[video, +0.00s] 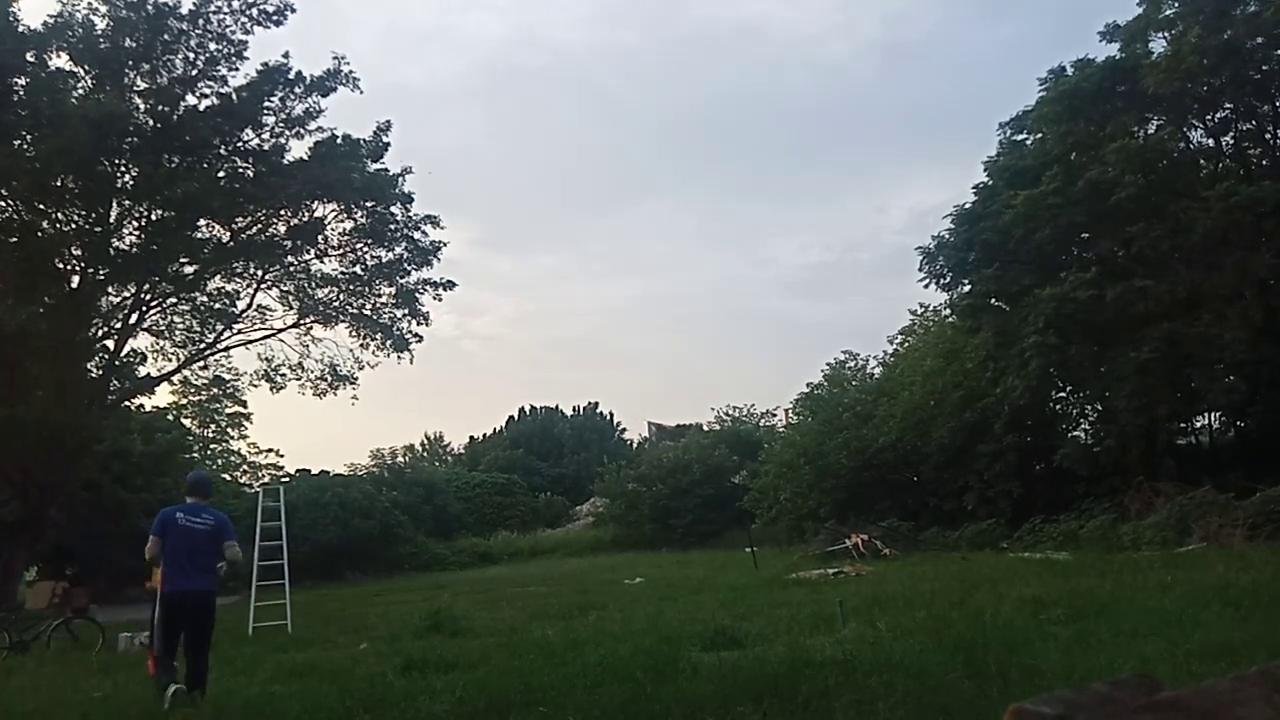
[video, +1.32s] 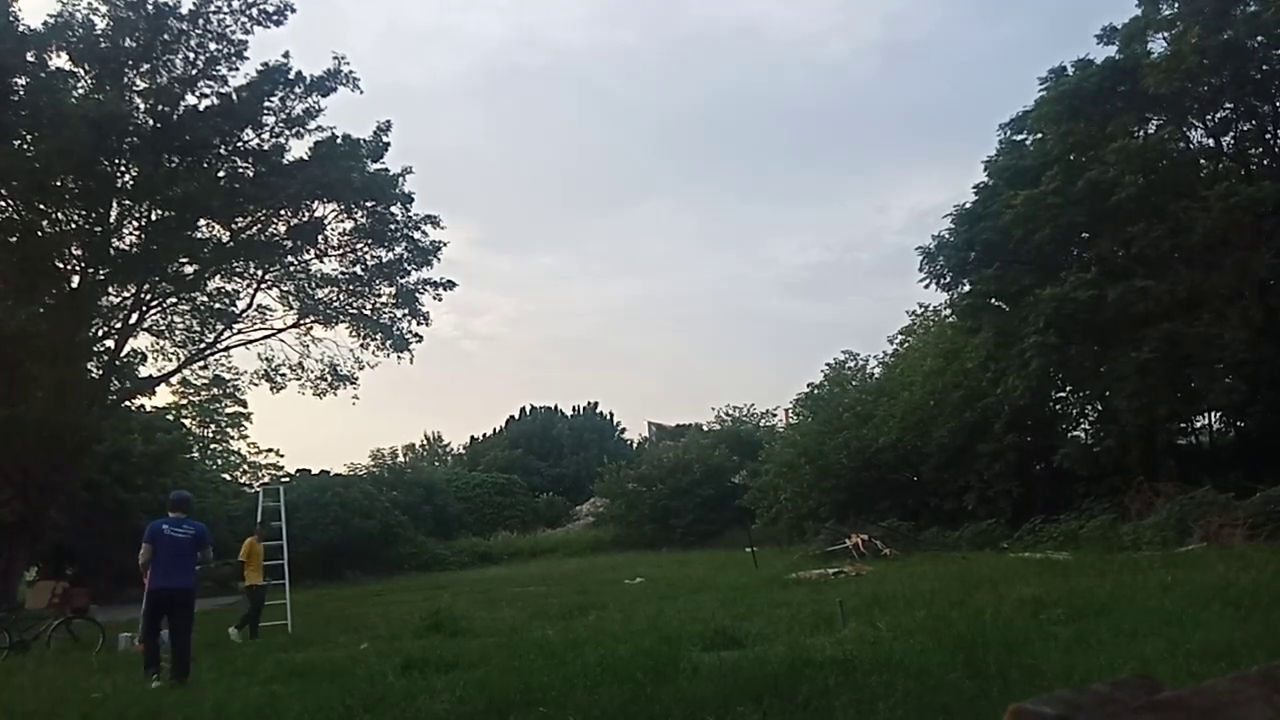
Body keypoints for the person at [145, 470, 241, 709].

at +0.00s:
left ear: (185, 492)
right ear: (209, 494)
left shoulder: (167, 515)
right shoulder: (219, 520)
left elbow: (151, 553)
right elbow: (234, 555)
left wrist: (167, 554)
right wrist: (223, 562)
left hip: (172, 596)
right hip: (204, 597)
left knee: (164, 650)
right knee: (198, 650)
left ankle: (170, 686)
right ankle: (196, 700)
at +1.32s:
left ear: (168, 507)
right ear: (188, 508)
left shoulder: (156, 527)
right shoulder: (199, 529)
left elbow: (144, 557)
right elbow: (208, 558)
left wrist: (144, 572)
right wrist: (192, 561)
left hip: (158, 590)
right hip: (184, 590)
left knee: (150, 632)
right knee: (182, 635)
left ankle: (153, 673)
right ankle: (180, 677)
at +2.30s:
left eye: (152, 518)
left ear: (149, 518)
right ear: (166, 520)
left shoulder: (139, 534)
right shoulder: (174, 537)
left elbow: (111, 554)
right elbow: (174, 557)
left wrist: (129, 563)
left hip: (138, 590)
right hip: (162, 592)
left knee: (130, 627)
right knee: (158, 631)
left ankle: (138, 656)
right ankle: (156, 668)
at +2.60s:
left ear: (135, 527)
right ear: (151, 527)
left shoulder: (125, 546)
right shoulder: (162, 544)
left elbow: (117, 573)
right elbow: (167, 568)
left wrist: (132, 576)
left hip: (130, 596)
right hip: (154, 595)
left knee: (125, 635)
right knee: (152, 635)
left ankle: (121, 668)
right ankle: (151, 669)